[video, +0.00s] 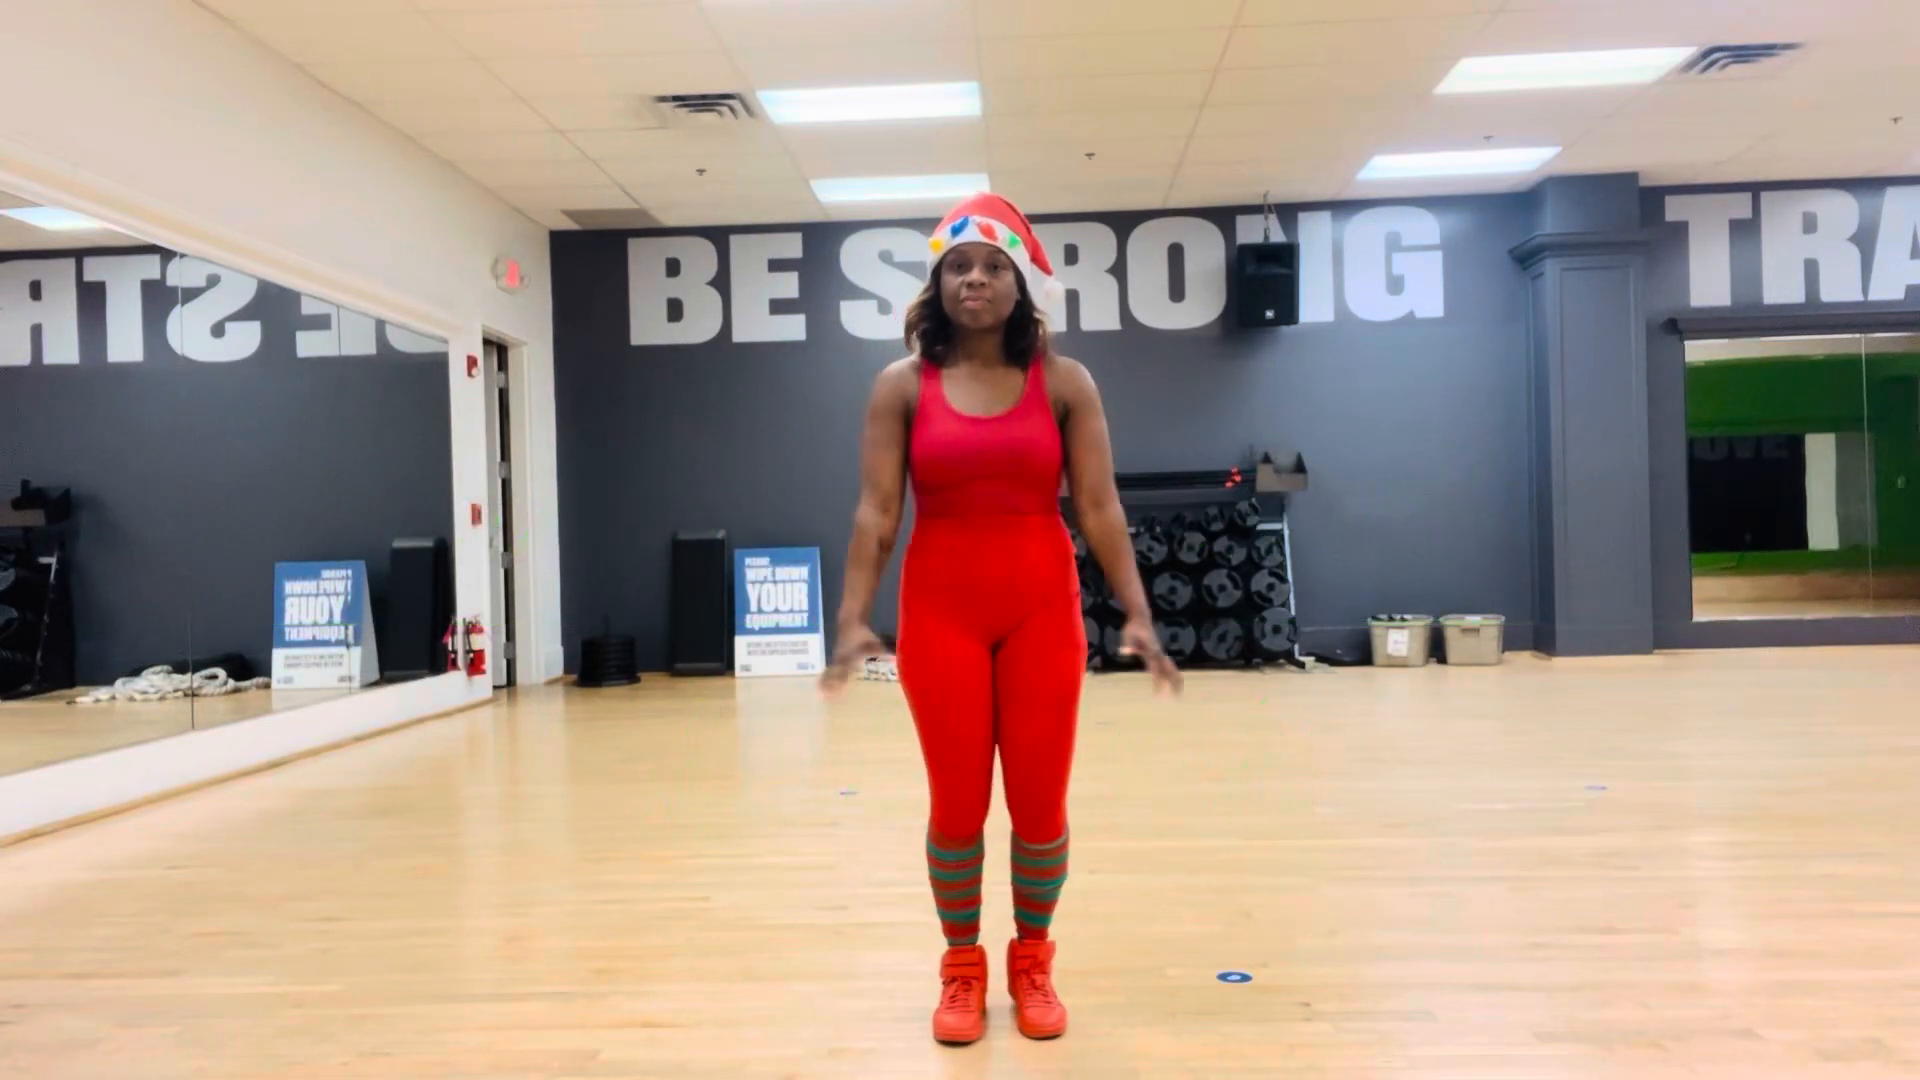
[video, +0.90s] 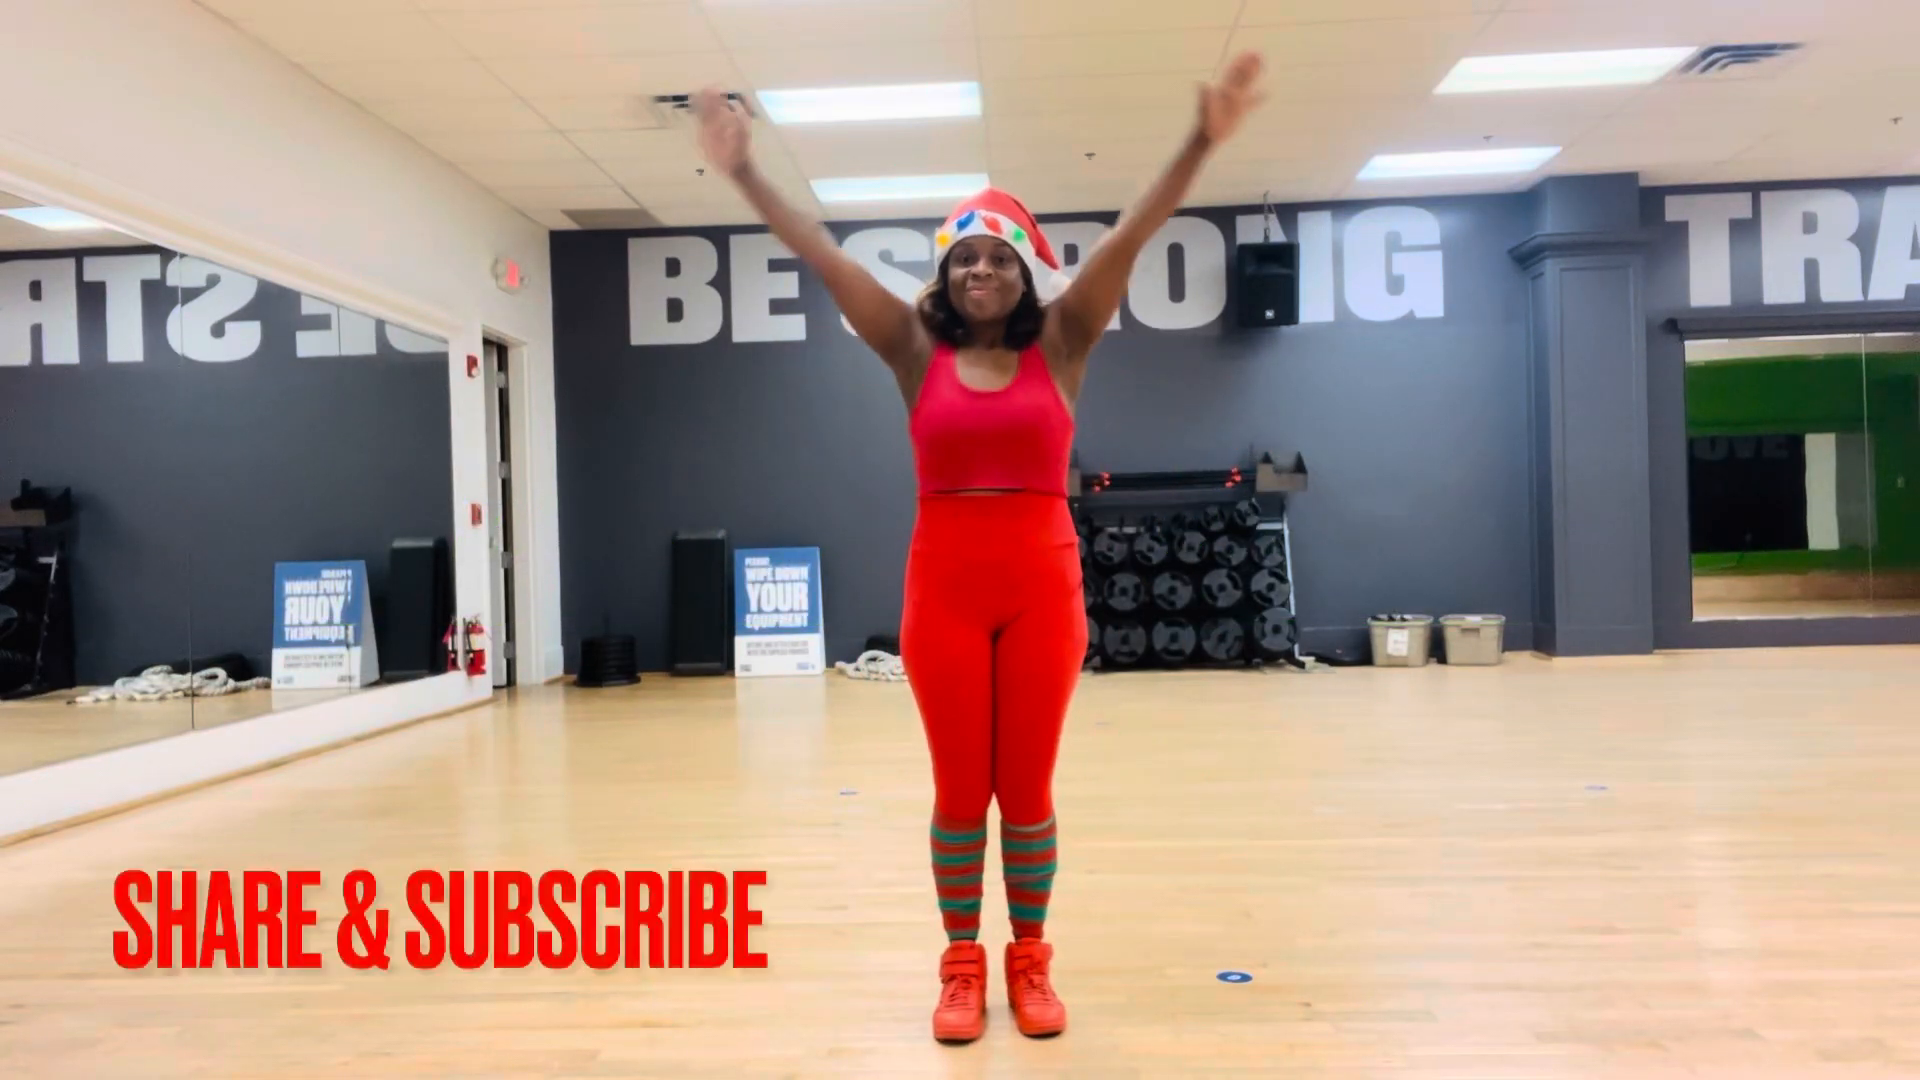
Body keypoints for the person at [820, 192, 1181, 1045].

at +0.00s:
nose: (974, 280)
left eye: (992, 266)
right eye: (959, 266)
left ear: (1020, 283)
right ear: (938, 283)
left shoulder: (1065, 381)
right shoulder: (903, 385)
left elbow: (1100, 504)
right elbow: (877, 508)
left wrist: (1137, 611)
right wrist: (850, 616)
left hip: (1044, 607)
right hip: (939, 609)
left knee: (1039, 799)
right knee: (958, 798)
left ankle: (1033, 965)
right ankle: (962, 971)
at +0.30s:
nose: (980, 272)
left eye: (998, 257)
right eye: (963, 257)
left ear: (1024, 274)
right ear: (945, 274)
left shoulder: (1067, 364)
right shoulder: (908, 371)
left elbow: (1154, 460)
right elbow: (823, 469)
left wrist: (1225, 535)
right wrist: (745, 545)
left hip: (1046, 592)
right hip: (944, 594)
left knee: (1031, 788)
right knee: (961, 789)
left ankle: (1032, 968)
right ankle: (963, 972)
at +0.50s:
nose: (980, 267)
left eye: (997, 255)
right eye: (966, 255)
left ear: (1027, 272)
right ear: (945, 274)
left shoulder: (1069, 355)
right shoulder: (907, 360)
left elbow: (1186, 389)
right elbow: (790, 406)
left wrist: (1293, 422)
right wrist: (699, 445)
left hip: (1044, 593)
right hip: (944, 594)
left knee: (1027, 791)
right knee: (962, 795)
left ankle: (1030, 965)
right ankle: (963, 967)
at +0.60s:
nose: (982, 268)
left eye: (999, 255)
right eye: (967, 255)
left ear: (1030, 270)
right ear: (945, 270)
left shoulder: (1070, 349)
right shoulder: (910, 353)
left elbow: (1196, 345)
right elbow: (785, 367)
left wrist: (1305, 345)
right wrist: (677, 380)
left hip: (1044, 592)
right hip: (944, 592)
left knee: (1026, 789)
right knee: (960, 789)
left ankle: (1029, 966)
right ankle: (963, 967)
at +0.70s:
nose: (983, 270)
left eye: (1000, 258)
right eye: (967, 258)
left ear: (1029, 274)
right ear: (945, 274)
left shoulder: (1068, 345)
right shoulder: (910, 350)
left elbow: (1191, 300)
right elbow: (778, 326)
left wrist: (1307, 262)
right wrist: (664, 302)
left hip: (1043, 591)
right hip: (944, 592)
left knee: (1026, 791)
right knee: (962, 789)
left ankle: (1030, 961)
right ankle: (963, 966)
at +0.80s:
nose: (983, 273)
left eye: (1000, 259)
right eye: (967, 259)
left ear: (1028, 273)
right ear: (947, 272)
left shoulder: (1063, 343)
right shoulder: (913, 346)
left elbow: (1163, 265)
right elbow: (797, 285)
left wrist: (1261, 193)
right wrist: (694, 235)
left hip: (1046, 587)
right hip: (943, 588)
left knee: (1026, 788)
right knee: (961, 789)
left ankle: (1029, 968)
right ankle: (963, 971)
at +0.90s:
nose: (981, 270)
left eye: (999, 259)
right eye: (964, 260)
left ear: (1027, 276)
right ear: (944, 279)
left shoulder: (1059, 345)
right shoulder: (917, 349)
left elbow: (1127, 240)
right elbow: (822, 254)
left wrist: (1201, 141)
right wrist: (740, 168)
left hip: (1044, 588)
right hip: (944, 591)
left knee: (1027, 784)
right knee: (961, 785)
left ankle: (1031, 959)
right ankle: (963, 964)